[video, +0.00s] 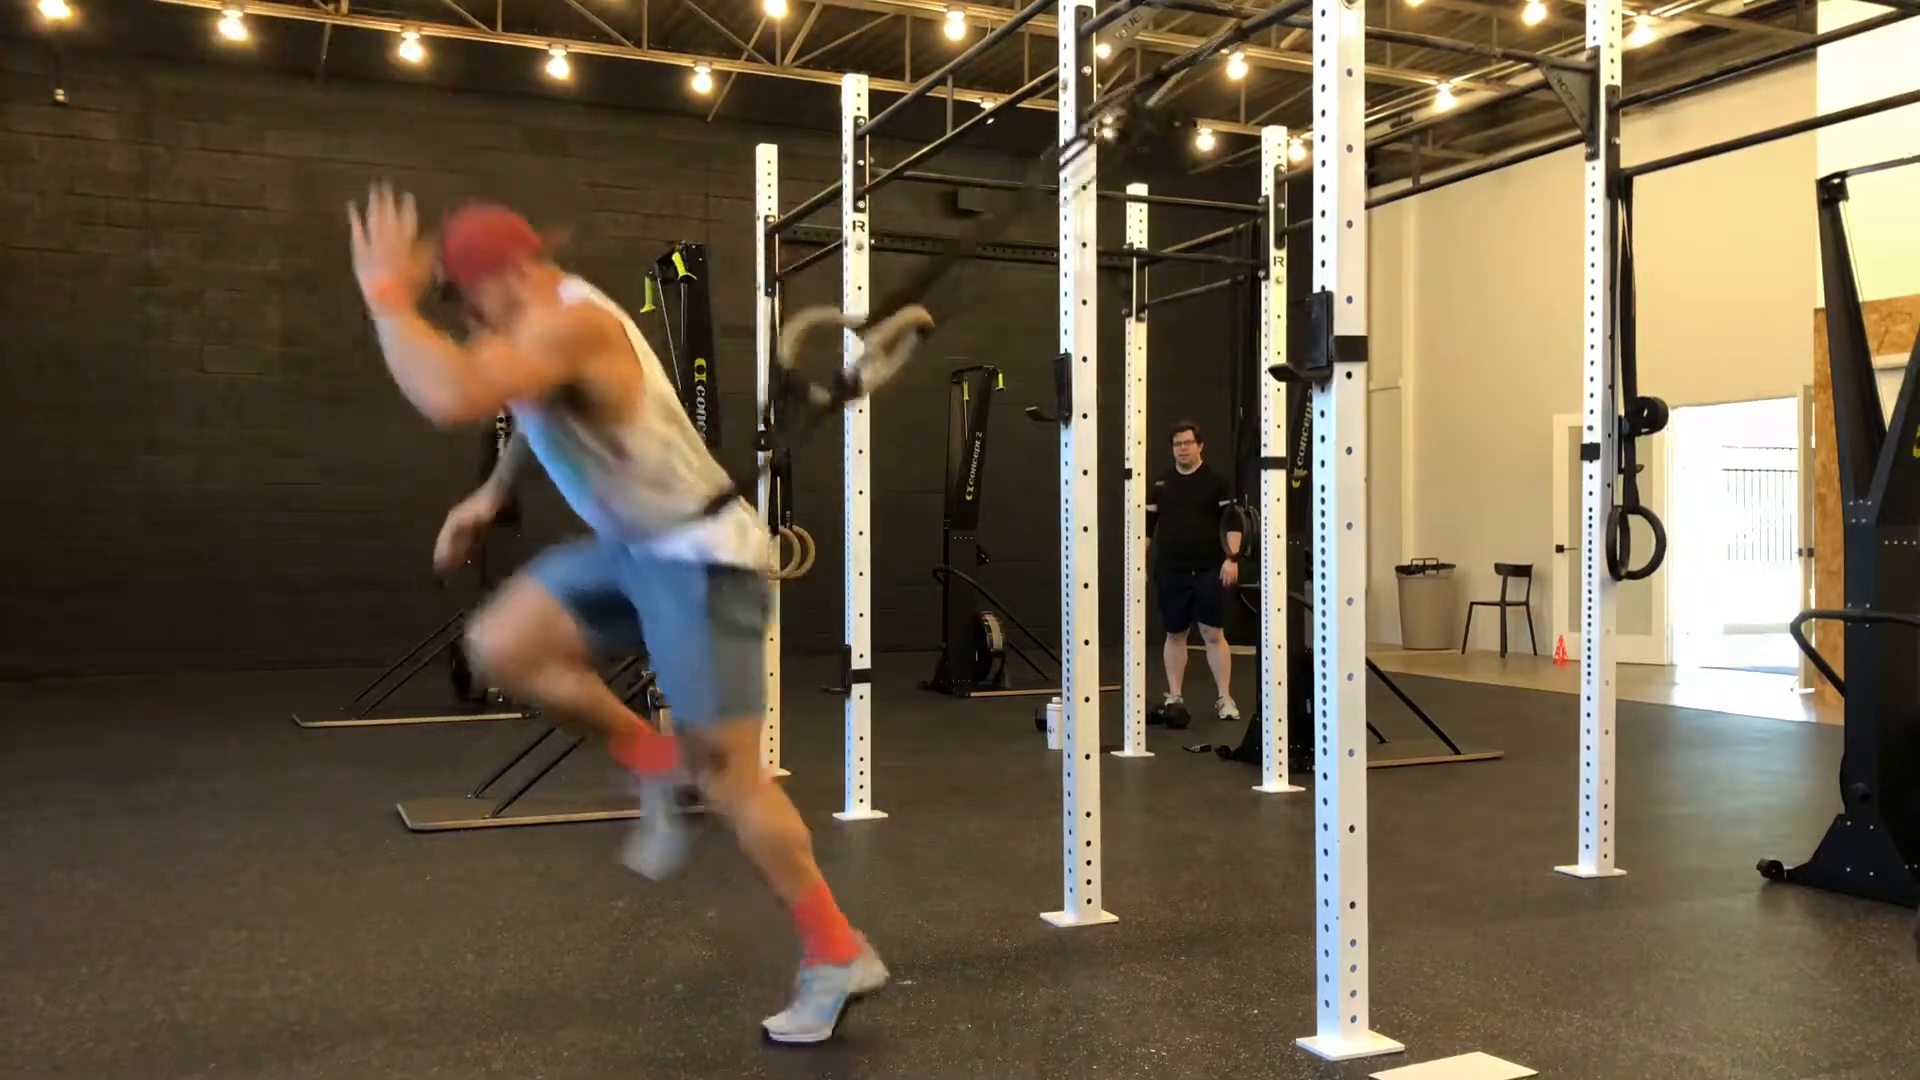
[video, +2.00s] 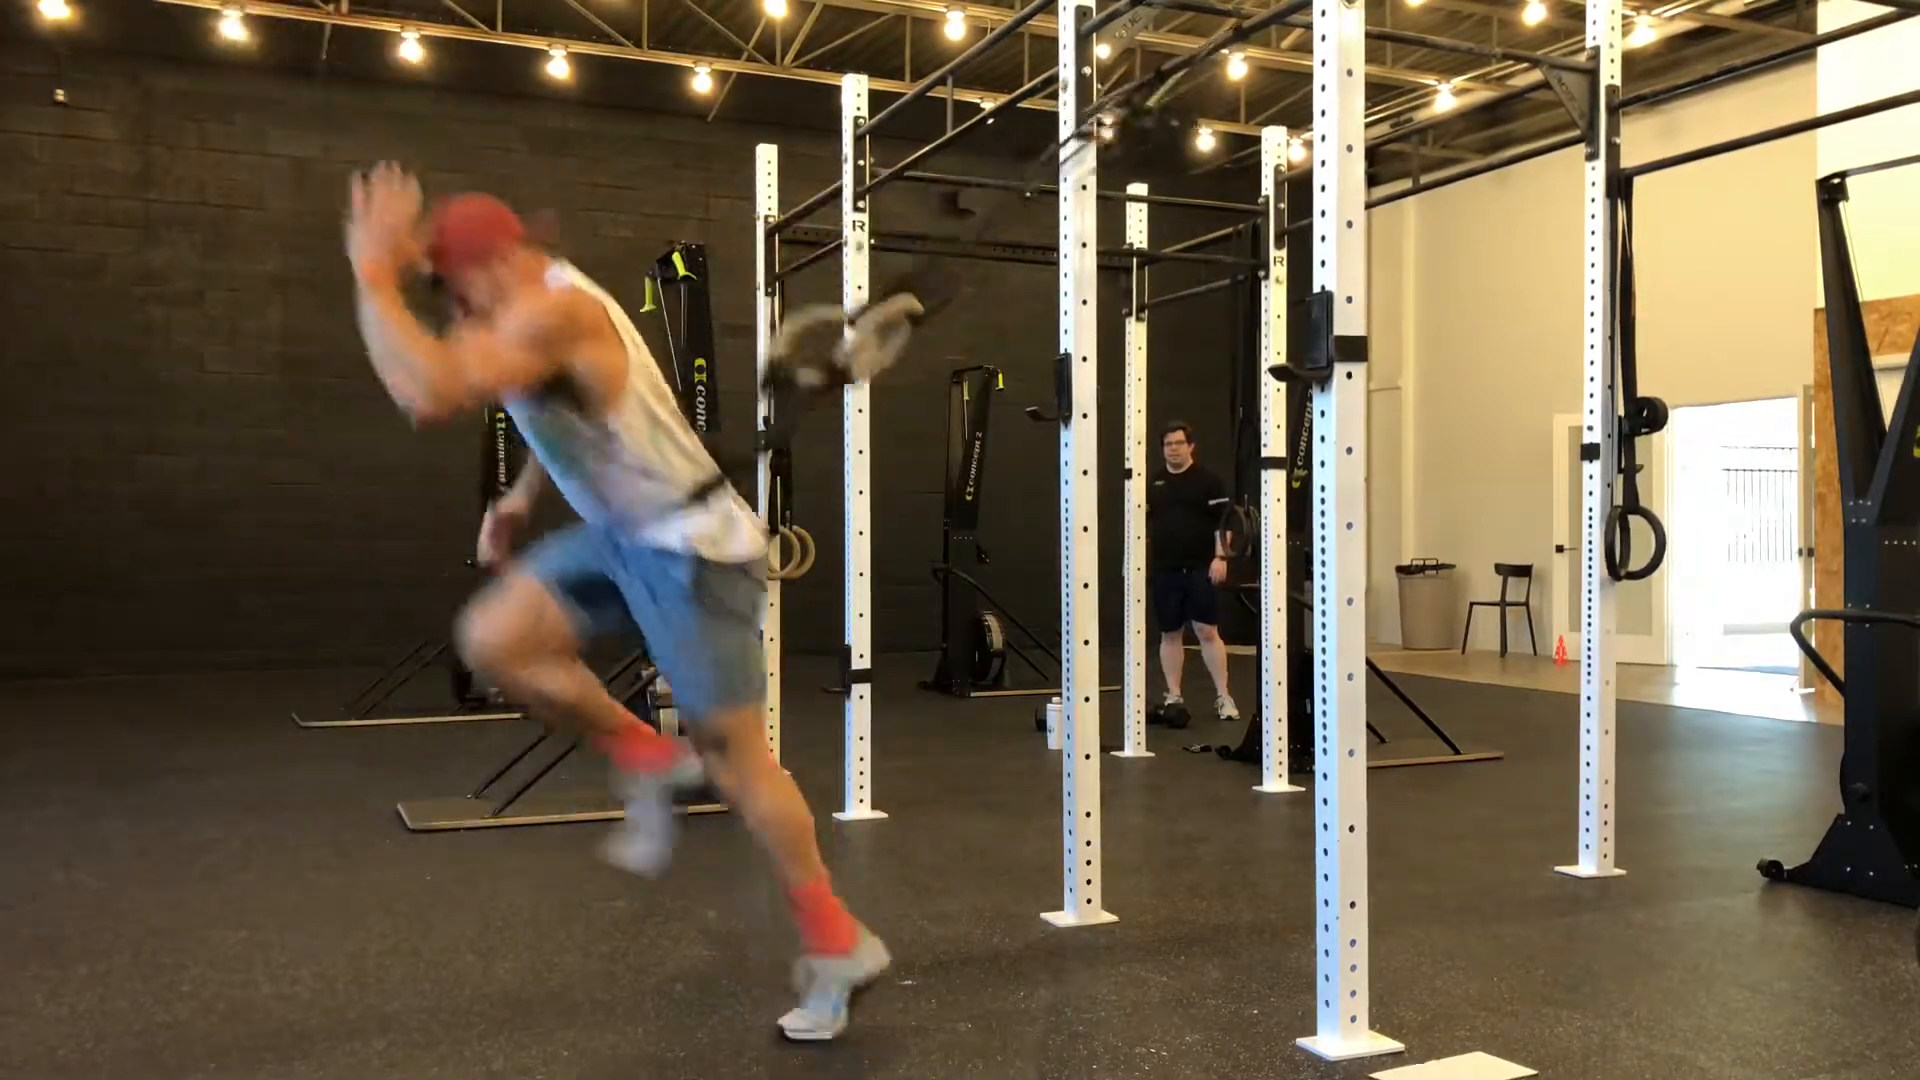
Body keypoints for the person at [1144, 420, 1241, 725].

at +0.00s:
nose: (1182, 449)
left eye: (1187, 443)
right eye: (1177, 444)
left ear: (1200, 446)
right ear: (1171, 448)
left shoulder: (1216, 481)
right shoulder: (1161, 484)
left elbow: (1233, 522)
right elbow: (1147, 529)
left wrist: (1232, 558)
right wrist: (1141, 564)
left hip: (1209, 570)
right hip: (1171, 570)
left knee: (1213, 634)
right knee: (1175, 634)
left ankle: (1224, 698)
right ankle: (1174, 697)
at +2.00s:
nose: (1173, 449)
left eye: (1179, 443)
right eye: (1168, 444)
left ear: (1191, 447)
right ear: (1162, 449)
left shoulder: (1208, 482)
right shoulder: (1152, 485)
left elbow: (1224, 524)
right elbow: (1140, 525)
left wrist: (1221, 557)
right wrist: (1138, 563)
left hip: (1200, 569)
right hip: (1164, 569)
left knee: (1207, 632)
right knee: (1170, 634)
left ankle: (1223, 697)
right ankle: (1173, 696)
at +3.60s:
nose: (1201, 448)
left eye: (1206, 443)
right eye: (1196, 443)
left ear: (1217, 446)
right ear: (1190, 448)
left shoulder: (1233, 481)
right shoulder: (1176, 482)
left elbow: (1251, 521)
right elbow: (1162, 524)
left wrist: (1250, 558)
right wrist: (1161, 558)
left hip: (1224, 568)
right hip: (1186, 567)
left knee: (1224, 632)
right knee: (1184, 633)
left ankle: (1227, 694)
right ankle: (1174, 695)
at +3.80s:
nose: (1210, 448)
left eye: (1215, 443)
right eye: (1205, 443)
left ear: (1226, 447)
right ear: (1198, 448)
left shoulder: (1239, 482)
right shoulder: (1184, 482)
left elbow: (1255, 521)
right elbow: (1169, 525)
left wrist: (1255, 557)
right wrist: (1168, 560)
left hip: (1230, 568)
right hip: (1192, 567)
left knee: (1228, 632)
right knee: (1187, 633)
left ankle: (1227, 694)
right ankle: (1175, 693)